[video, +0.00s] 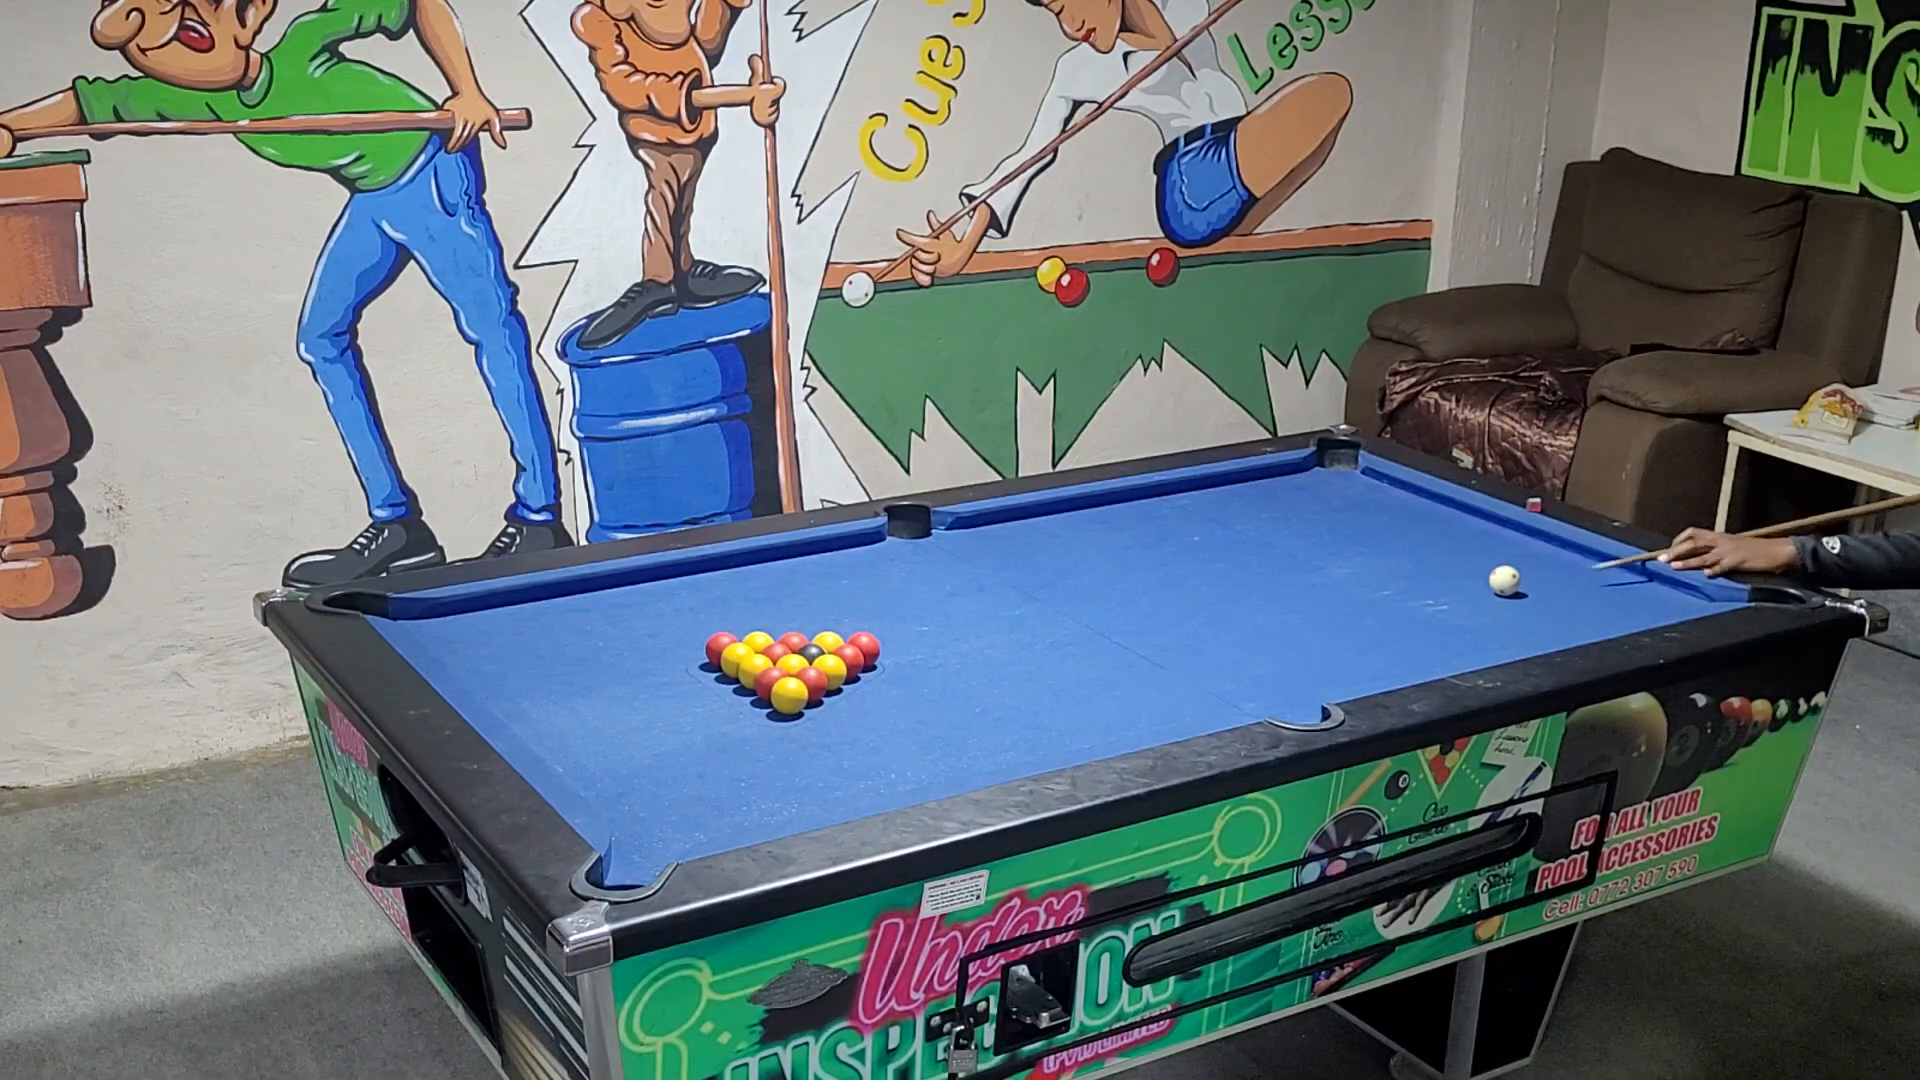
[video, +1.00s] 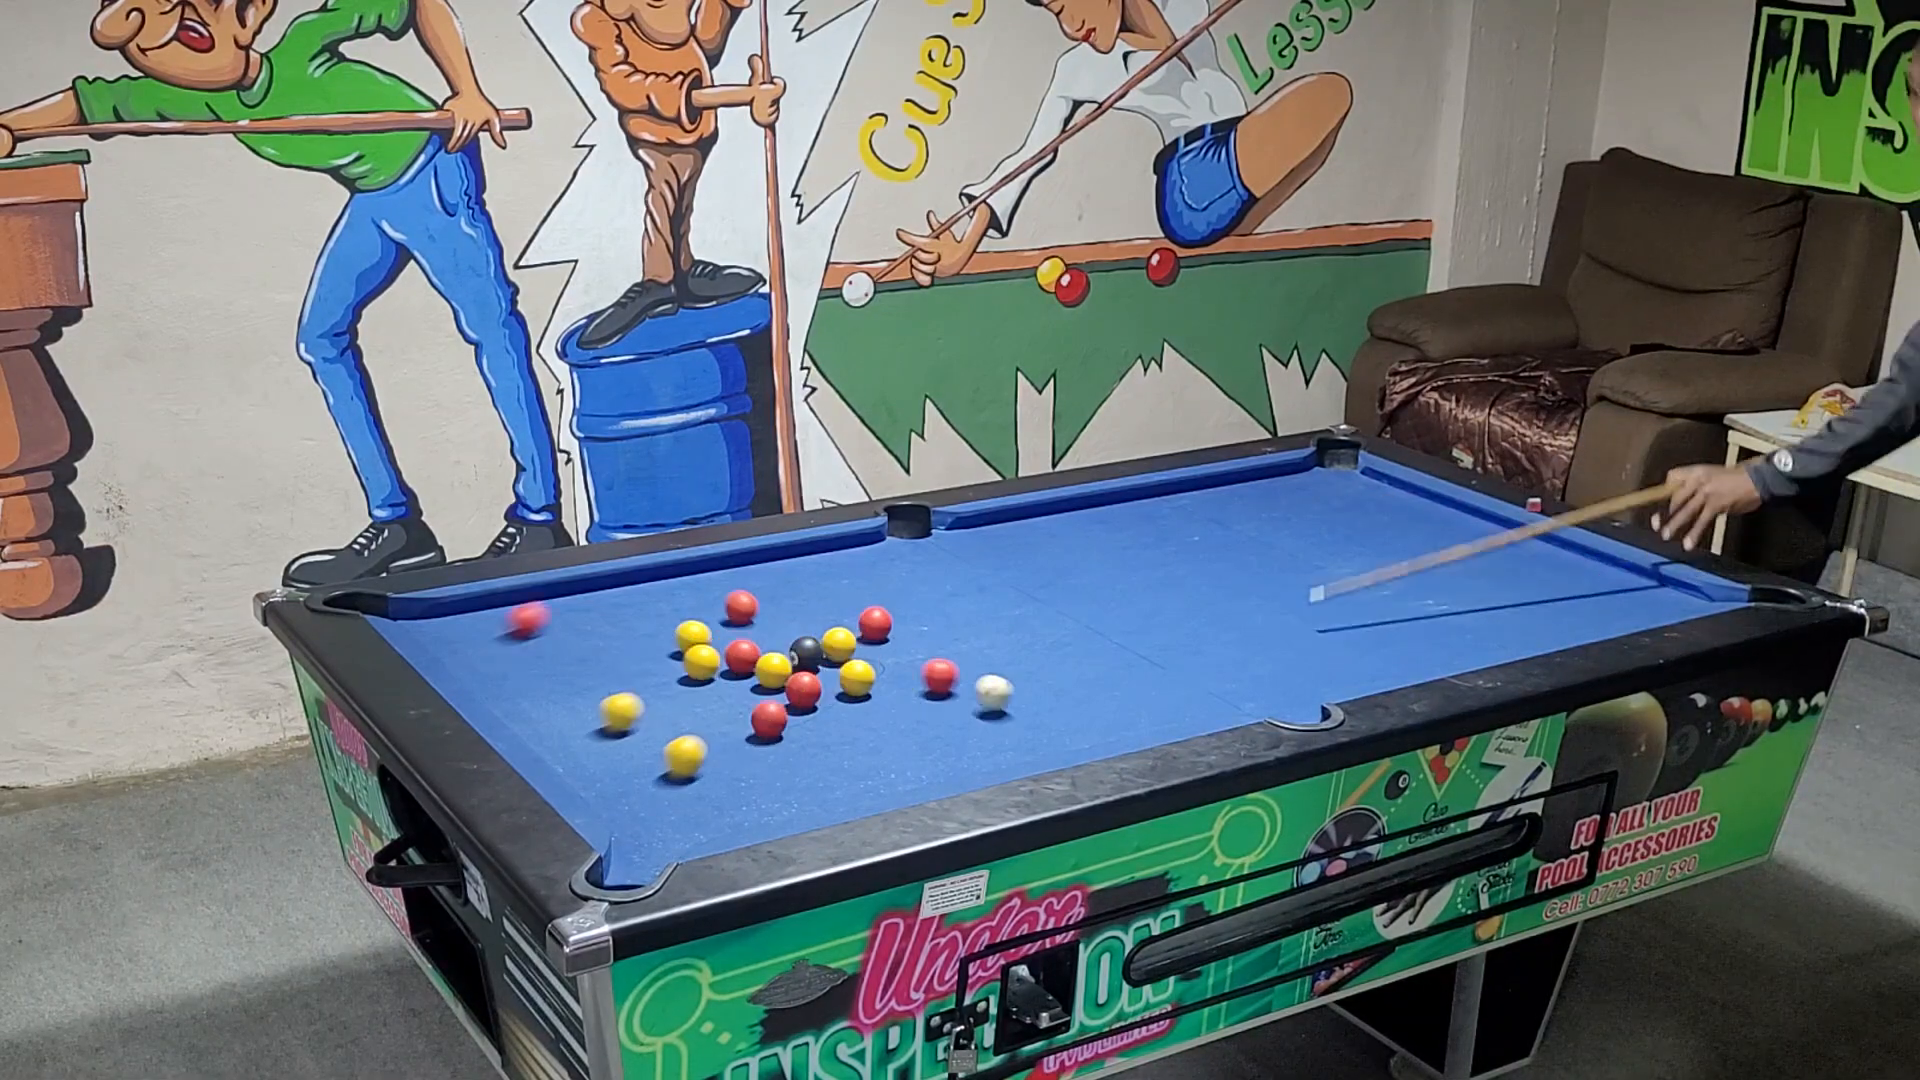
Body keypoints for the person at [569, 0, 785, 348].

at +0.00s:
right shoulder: (597, 19)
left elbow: (707, 46)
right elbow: (625, 88)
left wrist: (731, 5)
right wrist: (746, 95)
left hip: (694, 88)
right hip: (645, 103)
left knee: (688, 173)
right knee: (666, 173)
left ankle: (682, 268)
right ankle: (657, 280)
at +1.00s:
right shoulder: (597, 19)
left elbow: (707, 47)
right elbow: (625, 88)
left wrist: (730, 5)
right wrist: (746, 95)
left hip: (694, 88)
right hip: (645, 103)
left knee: (688, 174)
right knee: (666, 174)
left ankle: (682, 268)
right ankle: (657, 281)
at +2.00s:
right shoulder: (596, 19)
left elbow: (707, 48)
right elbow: (625, 88)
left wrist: (730, 6)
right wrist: (746, 94)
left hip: (695, 88)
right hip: (644, 103)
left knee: (688, 174)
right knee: (665, 173)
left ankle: (682, 269)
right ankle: (656, 282)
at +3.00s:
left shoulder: (695, 6)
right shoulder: (596, 19)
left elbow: (707, 47)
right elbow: (625, 88)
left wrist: (730, 6)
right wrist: (746, 94)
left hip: (694, 88)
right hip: (644, 103)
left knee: (688, 174)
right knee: (665, 173)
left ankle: (682, 268)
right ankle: (657, 281)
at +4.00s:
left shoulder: (697, 6)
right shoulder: (596, 18)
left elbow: (707, 47)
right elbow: (625, 87)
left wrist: (730, 6)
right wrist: (746, 95)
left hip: (695, 87)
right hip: (644, 103)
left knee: (687, 175)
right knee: (665, 175)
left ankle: (682, 268)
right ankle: (657, 281)